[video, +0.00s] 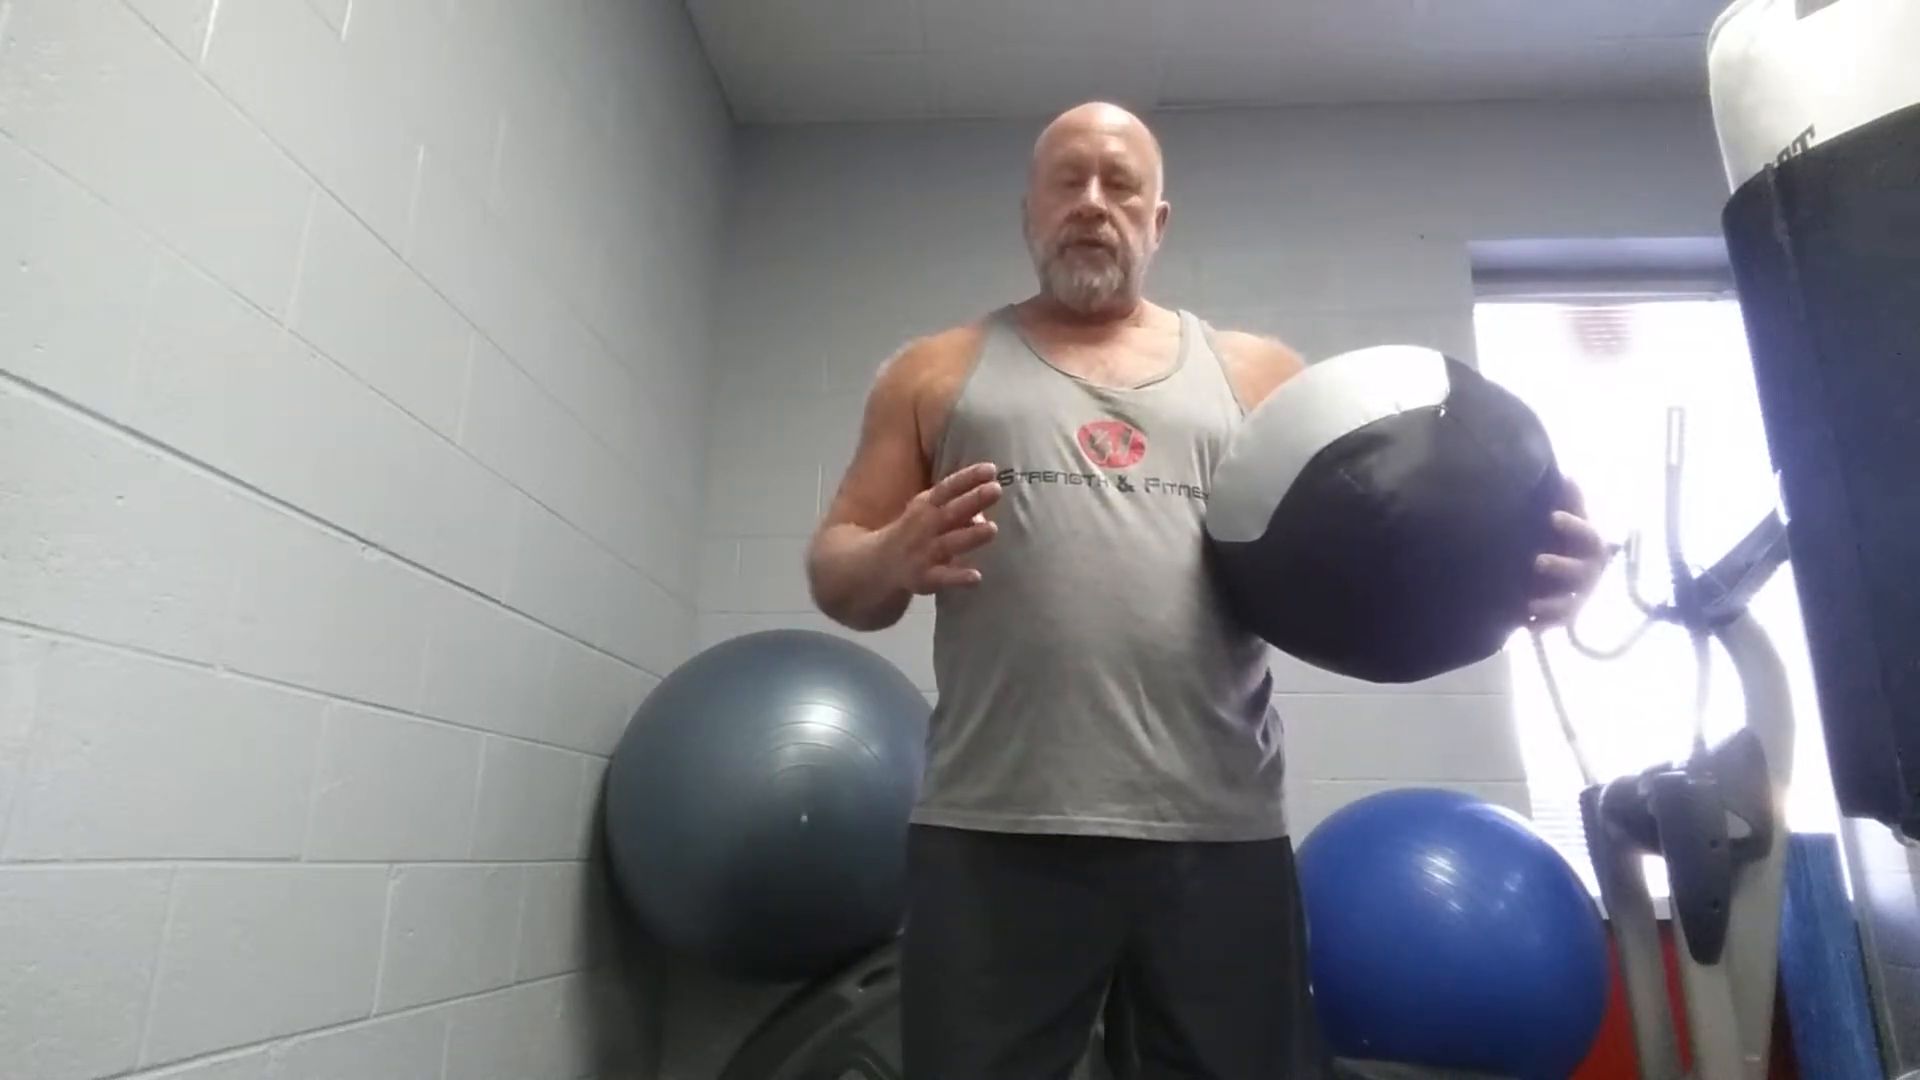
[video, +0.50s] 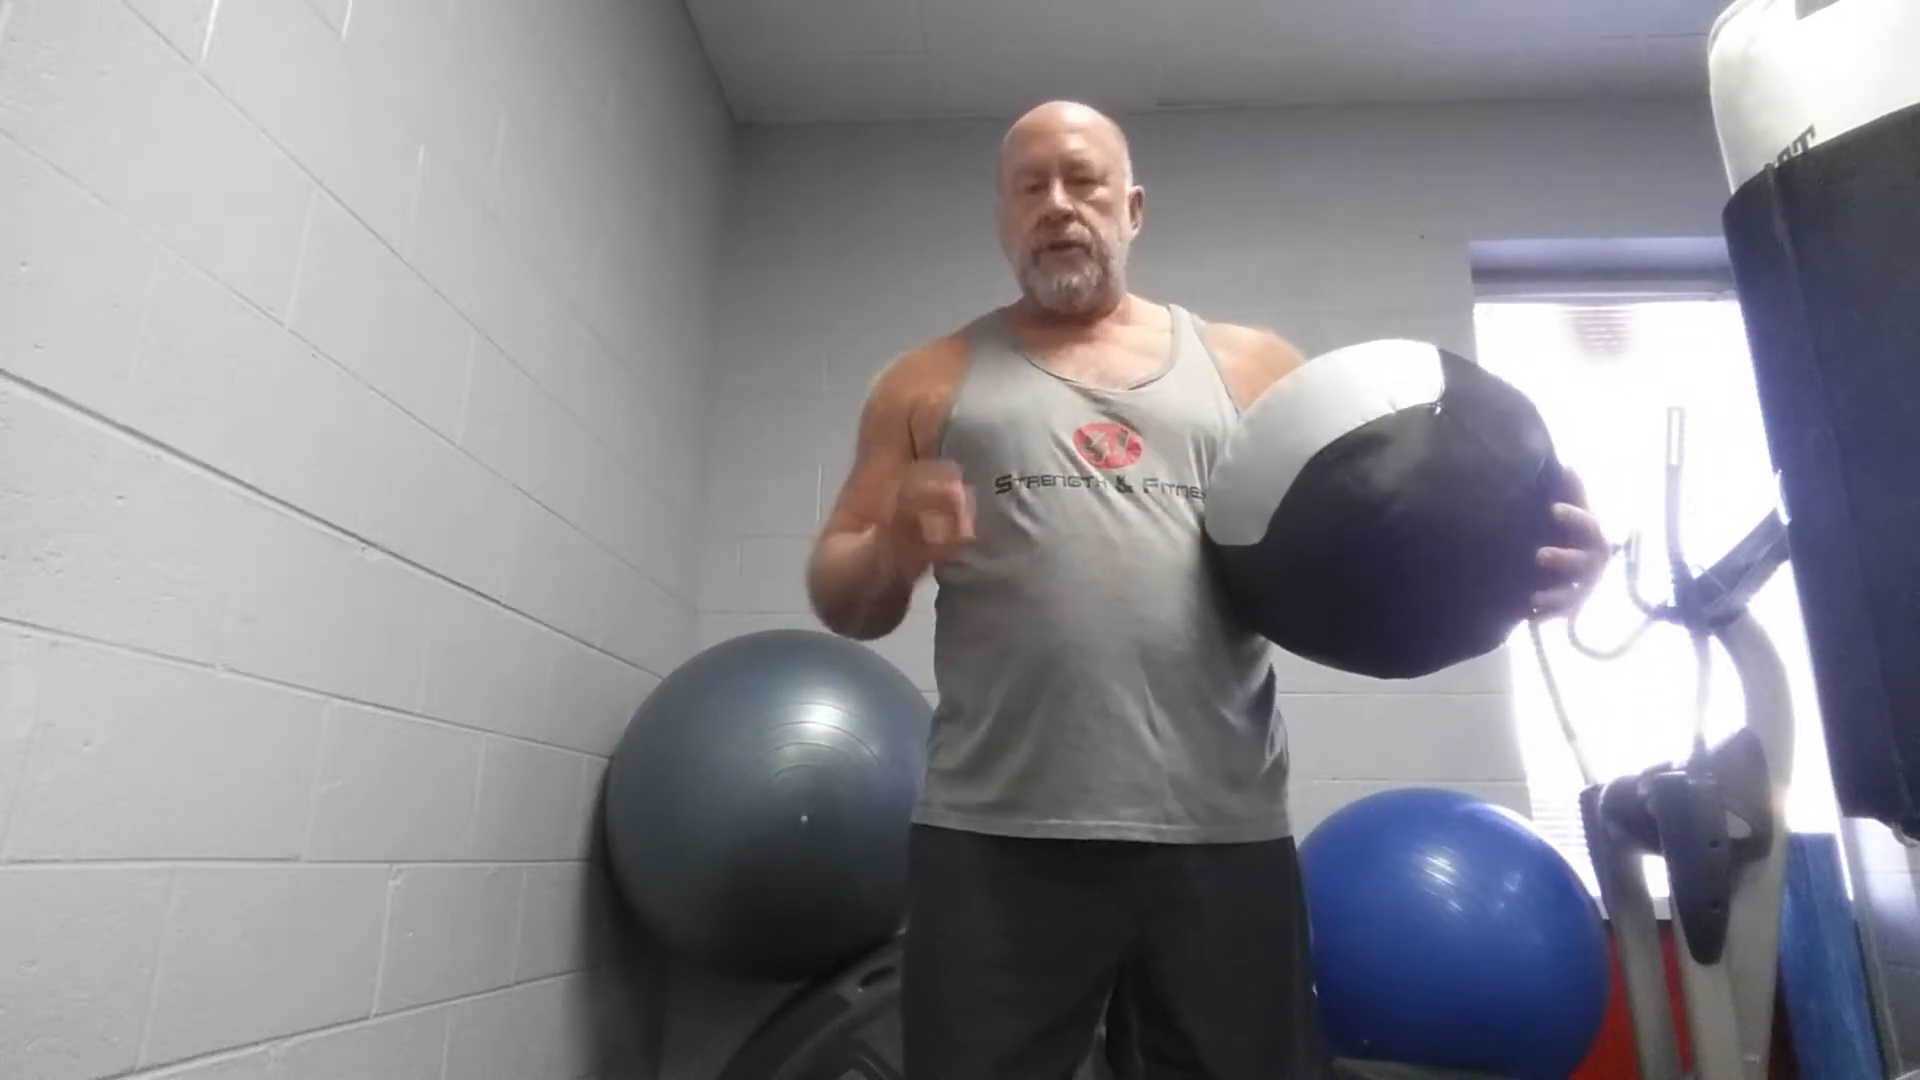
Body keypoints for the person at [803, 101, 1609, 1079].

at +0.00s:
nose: (1092, 203)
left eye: (1120, 184)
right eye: (1067, 179)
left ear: (1158, 216)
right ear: (1027, 208)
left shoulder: (1253, 371)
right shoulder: (932, 374)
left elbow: (1393, 532)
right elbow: (838, 583)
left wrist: (1539, 564)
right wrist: (890, 557)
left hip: (1218, 842)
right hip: (992, 840)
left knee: (1240, 1077)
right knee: (971, 1076)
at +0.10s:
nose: (1090, 204)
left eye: (1118, 184)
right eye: (1064, 180)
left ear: (1157, 214)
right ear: (1025, 209)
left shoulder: (1254, 371)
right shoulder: (932, 374)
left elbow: (1392, 532)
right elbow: (837, 584)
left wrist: (1540, 563)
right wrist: (886, 560)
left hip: (1219, 842)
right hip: (992, 840)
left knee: (1239, 1078)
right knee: (971, 1076)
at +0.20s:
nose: (1084, 203)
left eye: (1111, 182)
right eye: (1058, 182)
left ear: (1154, 213)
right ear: (1019, 212)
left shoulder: (1254, 370)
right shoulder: (932, 376)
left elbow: (1391, 532)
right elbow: (835, 582)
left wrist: (1541, 563)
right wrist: (890, 567)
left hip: (1219, 841)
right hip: (992, 839)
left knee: (1238, 1078)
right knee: (972, 1076)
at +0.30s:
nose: (1078, 203)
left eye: (1105, 181)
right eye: (1051, 182)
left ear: (1150, 211)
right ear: (1014, 216)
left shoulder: (1254, 369)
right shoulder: (932, 377)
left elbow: (1392, 529)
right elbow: (833, 572)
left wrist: (1542, 561)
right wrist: (886, 585)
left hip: (1220, 842)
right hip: (993, 841)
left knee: (1244, 1078)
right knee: (974, 1075)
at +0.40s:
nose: (1067, 203)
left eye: (1094, 180)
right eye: (1041, 184)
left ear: (1143, 209)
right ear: (1008, 217)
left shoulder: (1252, 366)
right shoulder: (930, 380)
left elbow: (1393, 527)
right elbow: (833, 577)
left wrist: (1545, 559)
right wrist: (883, 584)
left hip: (1220, 845)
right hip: (993, 844)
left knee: (1246, 1077)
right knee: (973, 1076)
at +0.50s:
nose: (1057, 205)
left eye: (1085, 181)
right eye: (1030, 186)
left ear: (1135, 208)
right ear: (1000, 218)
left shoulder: (1249, 365)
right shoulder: (924, 385)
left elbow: (1390, 530)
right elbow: (846, 608)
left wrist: (1543, 556)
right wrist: (893, 547)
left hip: (1223, 847)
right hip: (995, 846)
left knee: (1247, 1078)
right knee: (975, 1076)